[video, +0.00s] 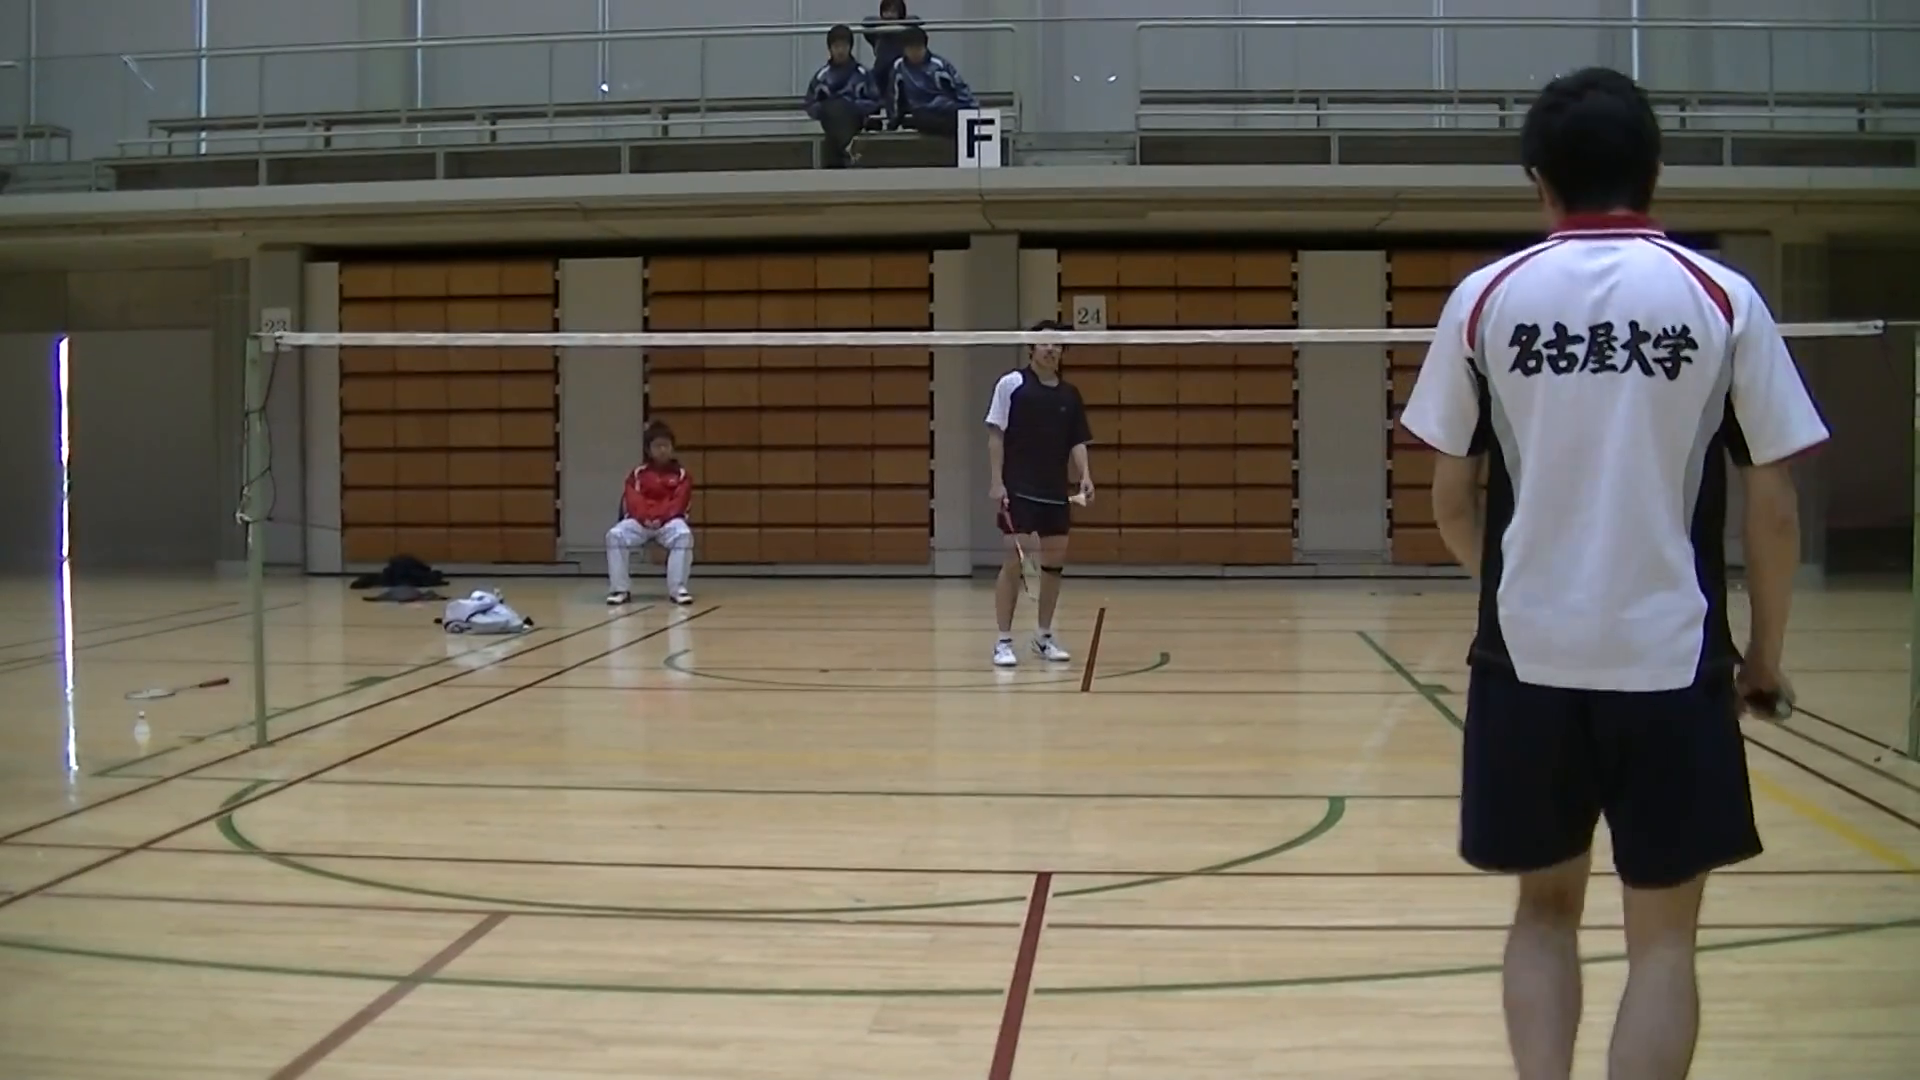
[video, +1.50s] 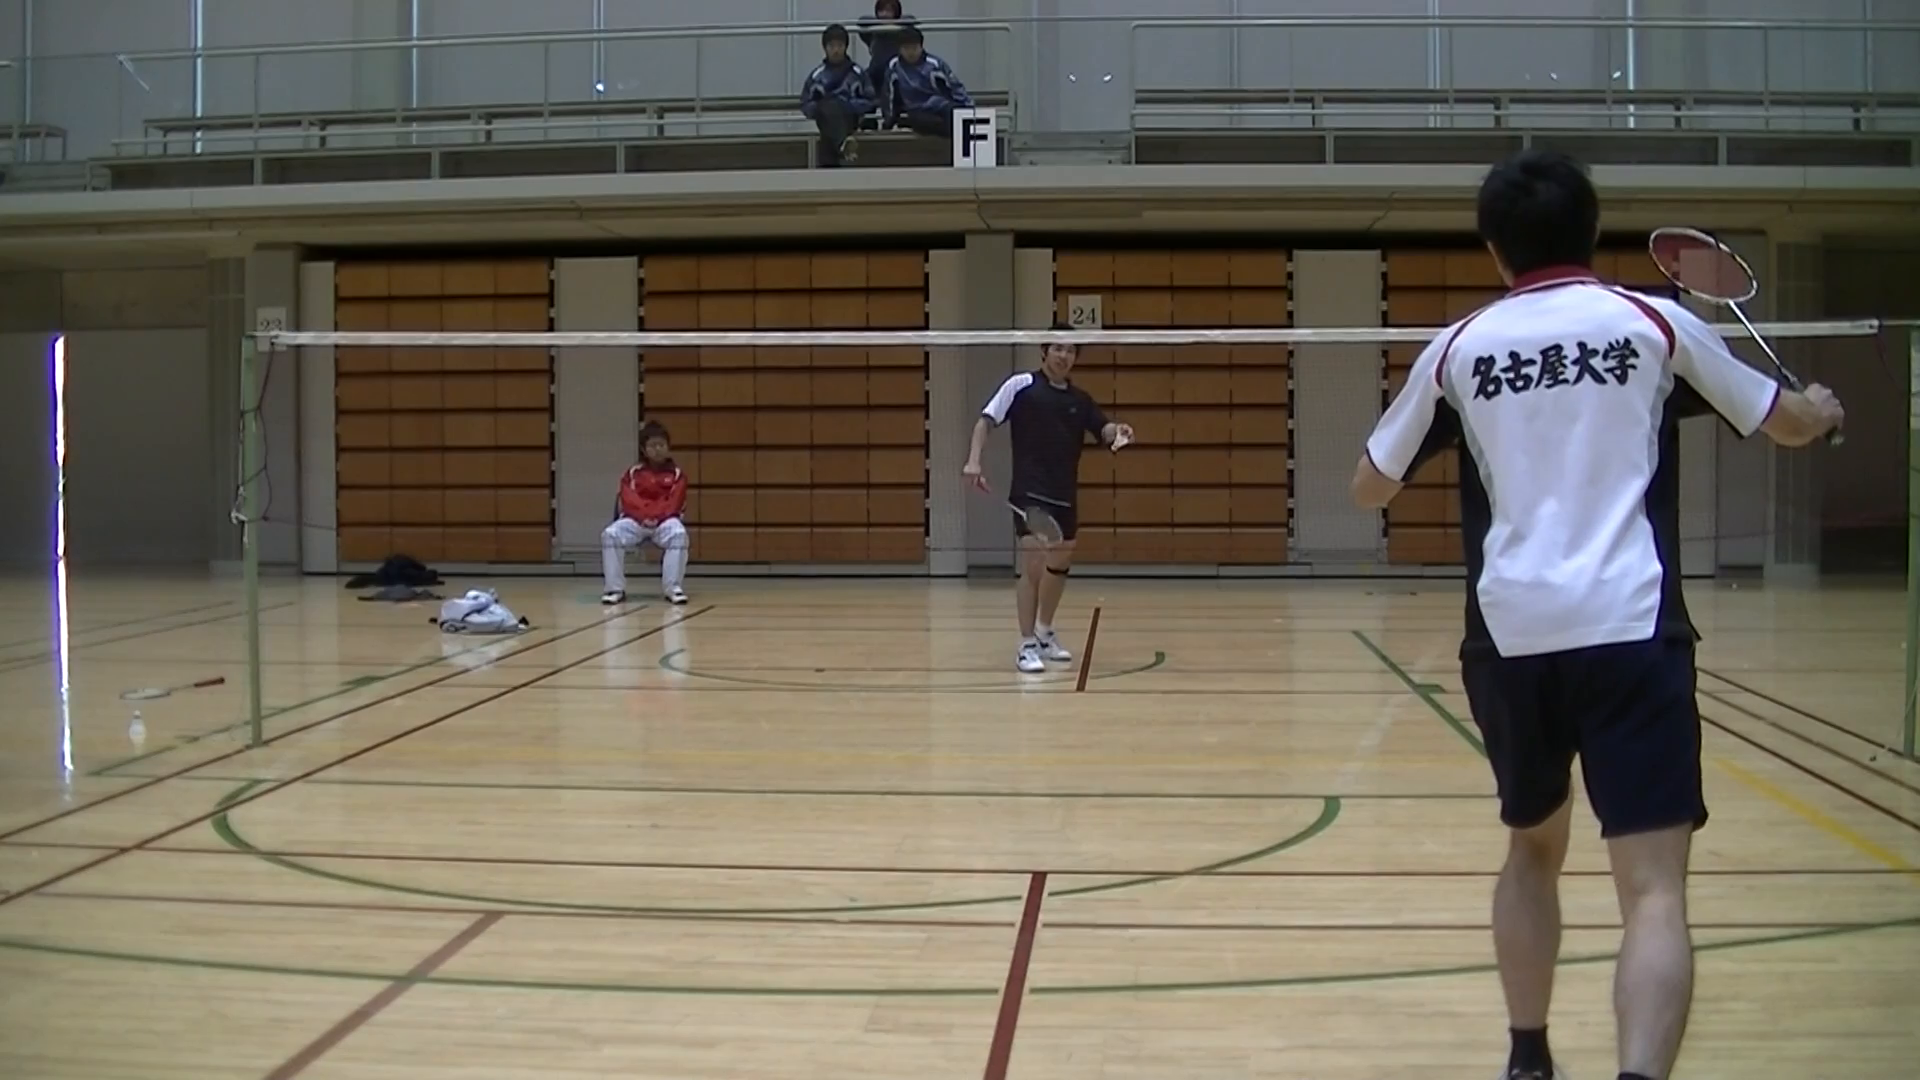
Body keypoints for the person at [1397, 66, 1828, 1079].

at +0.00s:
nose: (1542, 182)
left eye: (1538, 169)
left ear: (1541, 178)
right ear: (1651, 173)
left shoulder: (1485, 298)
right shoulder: (1726, 299)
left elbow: (1453, 500)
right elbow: (1769, 498)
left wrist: (1504, 587)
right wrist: (1767, 654)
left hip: (1528, 665)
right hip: (1668, 669)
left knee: (1545, 905)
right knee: (1661, 934)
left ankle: (1542, 1077)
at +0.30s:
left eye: (1566, 177)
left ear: (1561, 190)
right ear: (1675, 186)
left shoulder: (1497, 312)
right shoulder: (1729, 317)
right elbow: (1780, 517)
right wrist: (1800, 678)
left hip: (1533, 666)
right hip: (1671, 672)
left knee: (1540, 870)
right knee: (1663, 937)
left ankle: (1525, 1064)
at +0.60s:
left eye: (1502, 226)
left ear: (1502, 238)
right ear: (1605, 225)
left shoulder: (1468, 341)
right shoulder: (1672, 323)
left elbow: (1353, 482)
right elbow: (1798, 461)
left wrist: (1403, 435)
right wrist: (1818, 467)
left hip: (1516, 654)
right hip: (1642, 651)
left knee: (1535, 859)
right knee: (1655, 925)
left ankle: (1528, 1062)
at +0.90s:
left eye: (1482, 235)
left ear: (1485, 245)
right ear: (1582, 231)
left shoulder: (1449, 344)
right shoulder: (1646, 318)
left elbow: (1360, 484)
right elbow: (1780, 421)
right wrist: (1812, 407)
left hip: (1501, 634)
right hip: (1625, 628)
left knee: (1531, 849)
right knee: (1650, 884)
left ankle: (1526, 1062)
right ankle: (1640, 1073)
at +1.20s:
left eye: (1492, 239)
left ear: (1494, 249)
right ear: (1591, 235)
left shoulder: (1455, 348)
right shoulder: (1654, 322)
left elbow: (1368, 486)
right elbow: (1787, 424)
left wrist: (1413, 428)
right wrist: (1820, 412)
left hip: (1505, 638)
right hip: (1630, 630)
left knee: (1532, 848)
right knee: (1651, 886)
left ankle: (1527, 1061)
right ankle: (1641, 1077)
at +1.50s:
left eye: (1490, 240)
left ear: (1495, 250)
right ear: (1592, 236)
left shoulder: (1456, 349)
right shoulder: (1655, 321)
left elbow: (1370, 488)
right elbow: (1786, 422)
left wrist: (1410, 435)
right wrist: (1822, 408)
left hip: (1507, 640)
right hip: (1632, 631)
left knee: (1531, 848)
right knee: (1653, 887)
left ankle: (1526, 1059)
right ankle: (1642, 1076)